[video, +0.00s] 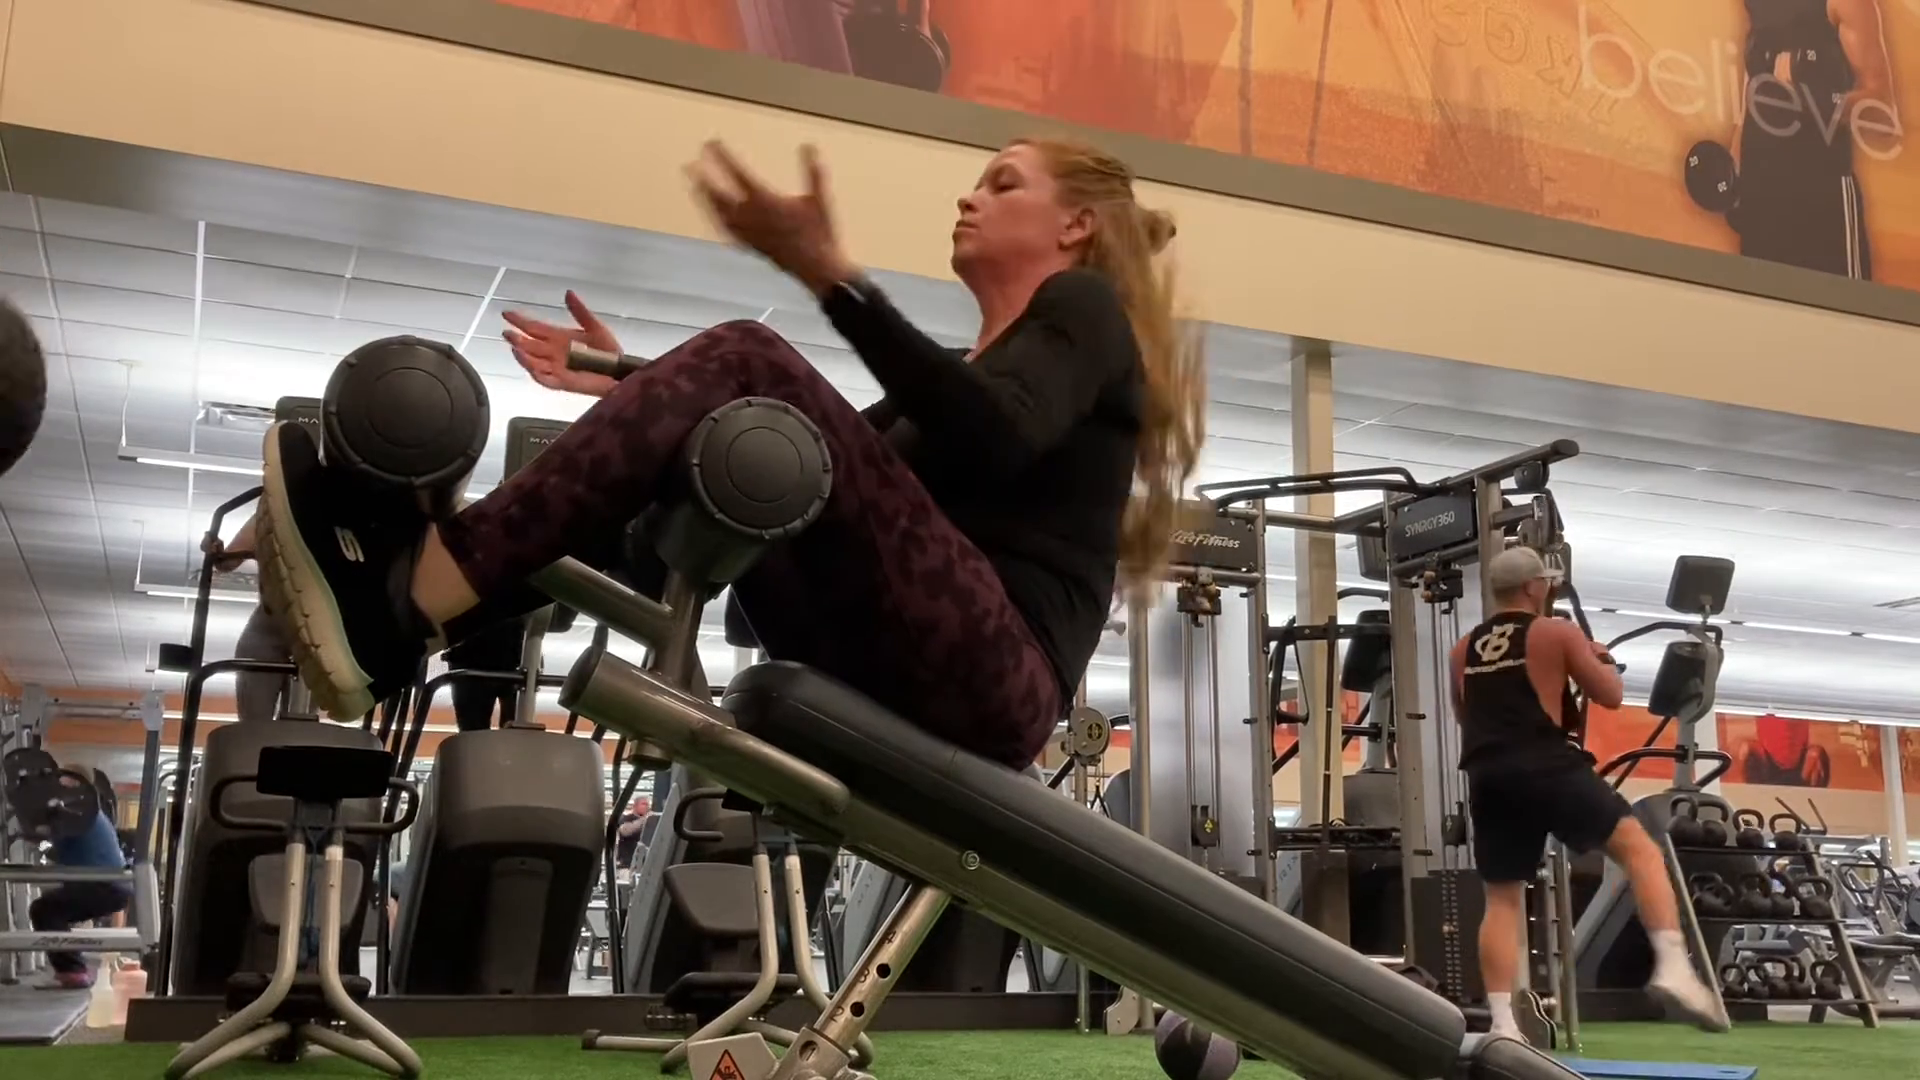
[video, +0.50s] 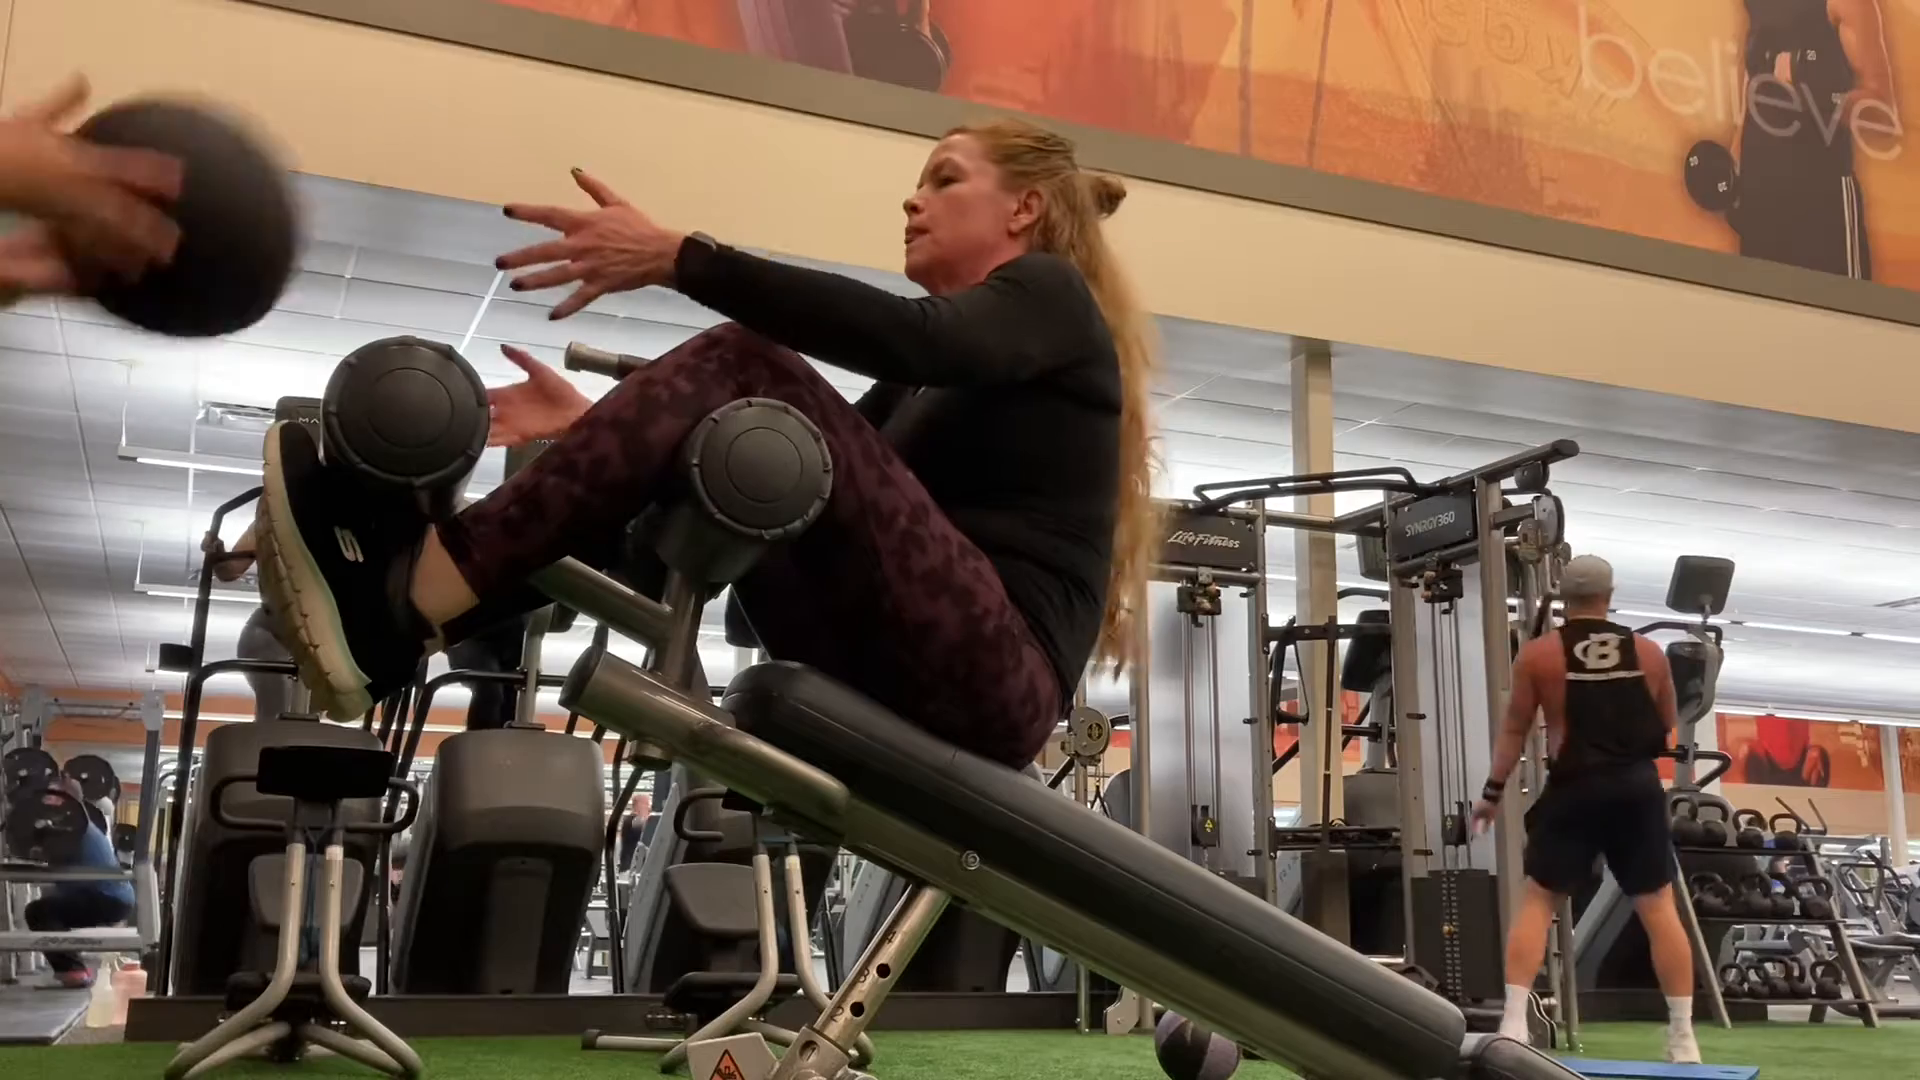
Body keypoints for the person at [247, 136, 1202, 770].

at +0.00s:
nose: (968, 197)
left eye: (1003, 185)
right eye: (976, 184)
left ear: (1078, 226)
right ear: (996, 233)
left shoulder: (1085, 309)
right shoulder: (969, 377)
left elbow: (996, 432)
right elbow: (838, 455)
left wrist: (834, 283)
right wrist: (638, 379)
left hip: (992, 672)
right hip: (904, 658)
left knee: (751, 361)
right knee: (723, 418)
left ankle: (423, 601)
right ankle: (406, 598)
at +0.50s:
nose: (911, 204)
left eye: (943, 183)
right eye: (918, 186)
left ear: (1024, 210)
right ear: (986, 215)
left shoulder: (1053, 298)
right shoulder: (931, 355)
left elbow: (908, 331)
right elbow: (806, 458)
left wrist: (676, 256)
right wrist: (593, 424)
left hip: (993, 676)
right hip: (880, 649)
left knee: (752, 364)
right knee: (723, 392)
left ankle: (416, 606)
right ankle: (407, 587)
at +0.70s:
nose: (907, 197)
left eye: (941, 178)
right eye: (916, 180)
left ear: (1021, 209)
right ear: (992, 212)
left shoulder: (1038, 291)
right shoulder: (925, 356)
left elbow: (842, 314)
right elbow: (791, 420)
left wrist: (634, 231)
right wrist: (585, 346)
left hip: (995, 674)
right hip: (891, 653)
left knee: (753, 371)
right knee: (723, 401)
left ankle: (424, 597)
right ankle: (422, 582)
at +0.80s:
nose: (911, 197)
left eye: (944, 176)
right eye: (919, 178)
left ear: (1022, 205)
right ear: (991, 209)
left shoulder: (1041, 286)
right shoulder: (933, 342)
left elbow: (859, 321)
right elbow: (813, 422)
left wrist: (673, 232)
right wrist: (652, 335)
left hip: (996, 672)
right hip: (892, 650)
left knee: (757, 369)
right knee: (727, 394)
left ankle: (423, 598)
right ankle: (419, 583)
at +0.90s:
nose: (916, 201)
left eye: (948, 182)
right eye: (926, 182)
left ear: (1026, 209)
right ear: (995, 210)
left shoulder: (1045, 295)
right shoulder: (958, 346)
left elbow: (876, 340)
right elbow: (838, 440)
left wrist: (693, 256)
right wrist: (687, 381)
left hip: (996, 678)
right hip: (896, 656)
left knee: (761, 375)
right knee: (723, 391)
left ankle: (427, 596)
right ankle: (426, 583)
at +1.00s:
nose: (921, 204)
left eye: (954, 185)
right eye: (930, 187)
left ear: (1032, 216)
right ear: (997, 221)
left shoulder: (1050, 293)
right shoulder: (974, 350)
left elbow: (893, 349)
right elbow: (841, 441)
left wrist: (715, 273)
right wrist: (679, 349)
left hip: (995, 677)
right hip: (906, 658)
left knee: (749, 368)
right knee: (708, 380)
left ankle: (415, 604)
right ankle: (406, 590)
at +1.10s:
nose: (932, 209)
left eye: (966, 189)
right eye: (941, 192)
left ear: (1046, 218)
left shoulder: (1064, 298)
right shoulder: (985, 353)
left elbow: (915, 375)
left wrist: (738, 285)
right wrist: (714, 319)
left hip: (997, 674)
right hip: (913, 657)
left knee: (755, 367)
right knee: (723, 384)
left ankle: (418, 600)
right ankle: (404, 592)